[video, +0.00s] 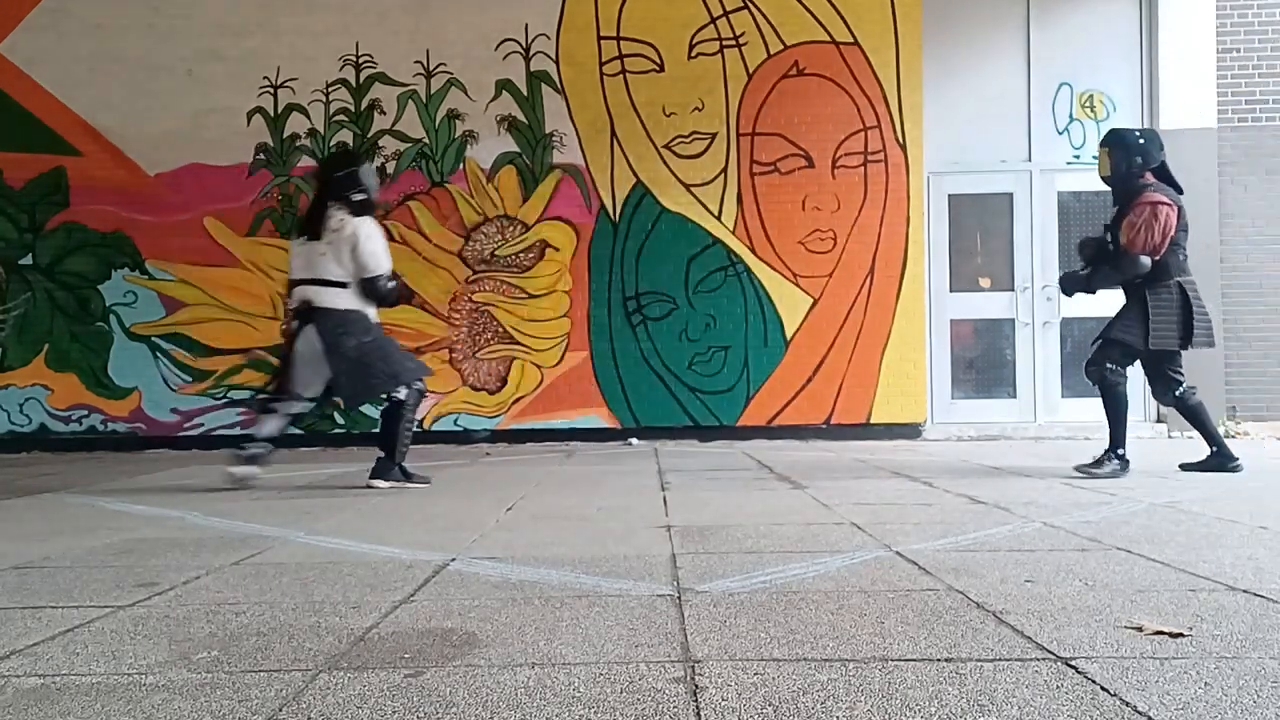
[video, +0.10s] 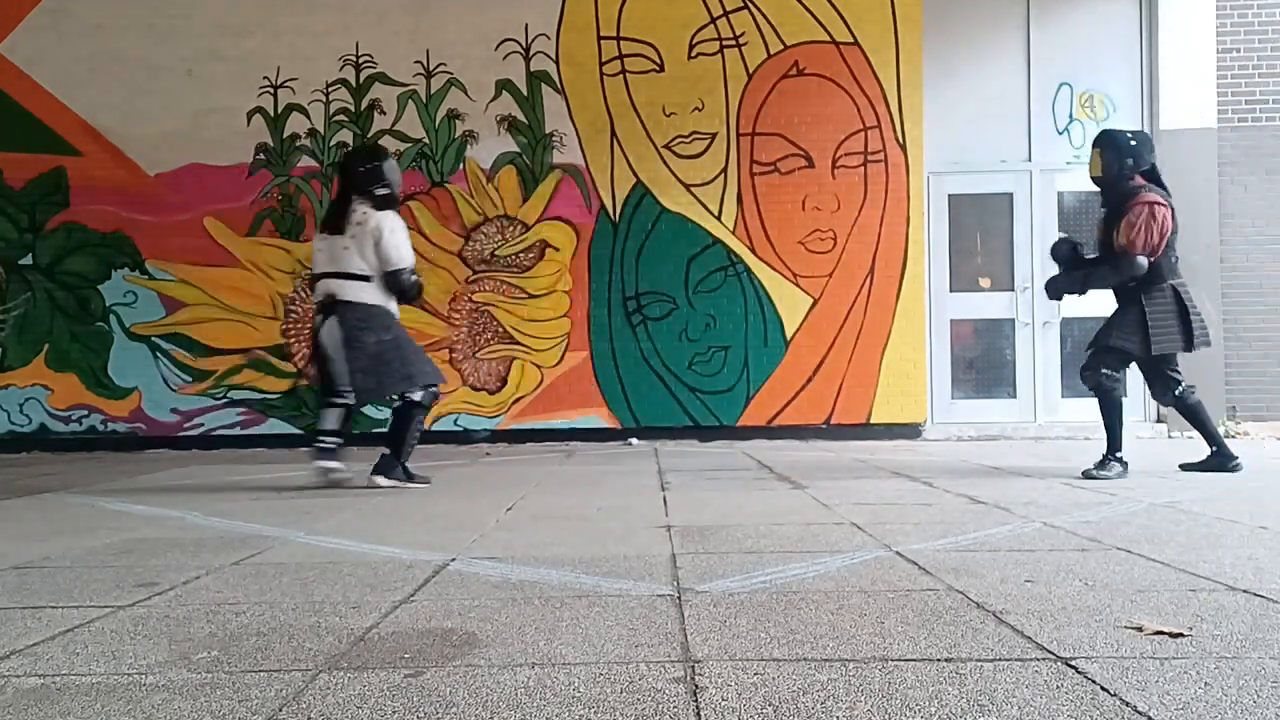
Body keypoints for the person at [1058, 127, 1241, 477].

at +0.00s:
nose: (1104, 166)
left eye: (1110, 158)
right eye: (1104, 158)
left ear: (1135, 161)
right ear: (1139, 162)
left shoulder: (1151, 203)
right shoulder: (1140, 198)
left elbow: (1135, 264)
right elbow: (1131, 250)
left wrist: (1085, 280)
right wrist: (1101, 252)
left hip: (1158, 299)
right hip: (1160, 298)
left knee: (1106, 365)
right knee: (1170, 386)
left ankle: (1116, 455)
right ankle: (1222, 452)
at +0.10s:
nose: (1093, 166)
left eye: (1100, 158)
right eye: (1094, 158)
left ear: (1125, 162)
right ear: (1125, 164)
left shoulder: (1146, 206)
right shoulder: (1121, 202)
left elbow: (1132, 265)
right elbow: (1113, 259)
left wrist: (1074, 280)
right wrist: (1080, 260)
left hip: (1152, 303)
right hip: (1145, 302)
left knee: (1102, 369)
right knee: (1167, 385)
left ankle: (1114, 458)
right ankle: (1222, 452)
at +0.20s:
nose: (1081, 166)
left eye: (1088, 158)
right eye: (1081, 158)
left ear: (1113, 162)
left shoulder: (1139, 202)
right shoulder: (1100, 208)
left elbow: (1139, 265)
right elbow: (1086, 265)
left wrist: (1082, 283)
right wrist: (1047, 270)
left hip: (1137, 299)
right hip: (1120, 299)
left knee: (1090, 375)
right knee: (1140, 390)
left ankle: (1114, 459)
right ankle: (1209, 440)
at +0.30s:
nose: (1068, 167)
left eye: (1075, 159)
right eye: (1067, 159)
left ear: (1099, 160)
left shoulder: (1132, 200)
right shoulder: (1075, 211)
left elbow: (1148, 257)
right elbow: (1063, 260)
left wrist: (1102, 281)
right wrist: (1046, 288)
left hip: (1123, 299)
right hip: (1090, 302)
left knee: (1089, 378)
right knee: (1077, 383)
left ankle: (1115, 459)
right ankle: (1150, 421)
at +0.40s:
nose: (1048, 170)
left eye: (1055, 162)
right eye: (1048, 162)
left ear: (1079, 164)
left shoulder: (1121, 201)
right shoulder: (1053, 219)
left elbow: (1146, 252)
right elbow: (1050, 271)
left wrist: (1107, 287)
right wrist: (1049, 303)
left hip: (1110, 304)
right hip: (1071, 307)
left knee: (1089, 383)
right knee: (1018, 366)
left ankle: (1112, 459)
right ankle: (1053, 434)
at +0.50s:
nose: (1033, 177)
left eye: (1040, 168)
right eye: (1031, 169)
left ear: (1065, 169)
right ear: (1033, 172)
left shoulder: (1107, 206)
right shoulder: (1032, 223)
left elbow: (1134, 253)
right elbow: (1031, 277)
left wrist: (1098, 289)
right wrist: (1039, 312)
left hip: (1095, 308)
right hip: (1051, 309)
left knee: (1083, 386)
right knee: (996, 369)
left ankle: (1100, 457)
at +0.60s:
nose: (1020, 184)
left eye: (1028, 175)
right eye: (1019, 176)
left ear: (1052, 178)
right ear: (1018, 179)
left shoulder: (1093, 215)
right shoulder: (1014, 229)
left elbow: (1108, 271)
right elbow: (1006, 287)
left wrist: (1075, 301)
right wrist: (1019, 322)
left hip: (1079, 312)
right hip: (1031, 313)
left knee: (1076, 389)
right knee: (982, 375)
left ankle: (1094, 453)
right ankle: (960, 456)